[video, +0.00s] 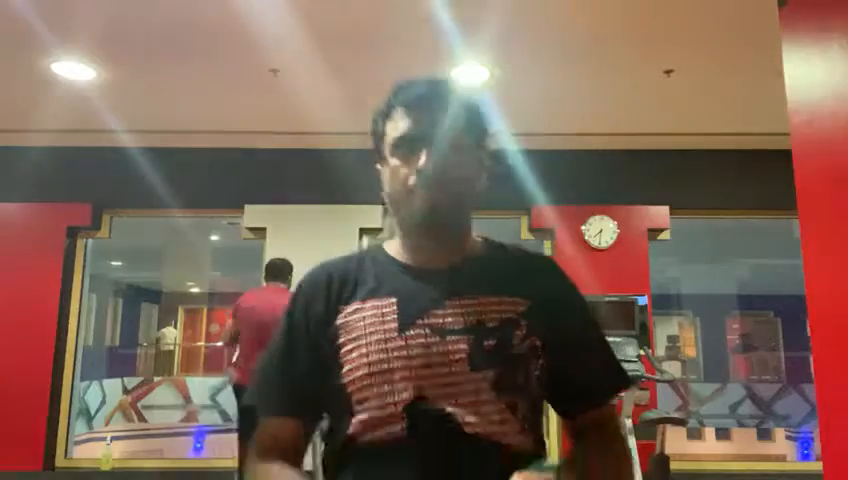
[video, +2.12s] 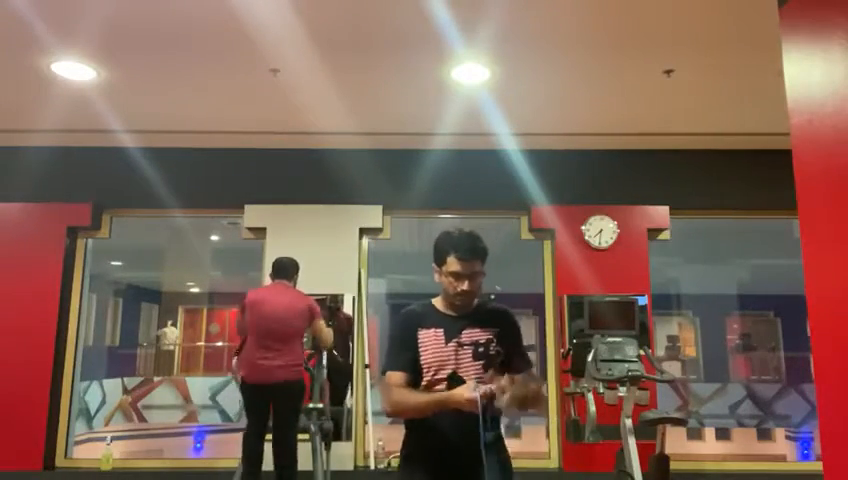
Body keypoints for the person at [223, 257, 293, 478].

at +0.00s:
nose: (286, 281)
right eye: (288, 277)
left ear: (265, 277)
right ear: (289, 278)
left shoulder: (246, 299)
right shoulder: (294, 302)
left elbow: (230, 337)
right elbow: (299, 342)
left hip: (246, 379)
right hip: (280, 380)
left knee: (245, 439)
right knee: (277, 439)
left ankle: (243, 474)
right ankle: (275, 473)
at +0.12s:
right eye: (290, 281)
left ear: (265, 280)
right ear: (289, 281)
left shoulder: (249, 303)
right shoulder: (297, 306)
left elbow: (236, 340)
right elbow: (300, 347)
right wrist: (298, 377)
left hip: (247, 383)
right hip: (280, 385)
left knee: (244, 444)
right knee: (276, 443)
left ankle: (240, 475)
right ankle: (273, 475)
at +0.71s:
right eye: (293, 276)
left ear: (267, 275)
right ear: (292, 276)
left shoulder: (245, 297)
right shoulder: (301, 301)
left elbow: (225, 338)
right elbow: (320, 331)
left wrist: (240, 348)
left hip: (248, 380)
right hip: (283, 380)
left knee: (255, 434)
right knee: (280, 438)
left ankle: (254, 475)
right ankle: (279, 476)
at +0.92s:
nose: (288, 284)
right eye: (288, 281)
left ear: (264, 280)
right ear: (288, 282)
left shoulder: (245, 302)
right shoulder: (295, 306)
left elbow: (229, 336)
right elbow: (313, 345)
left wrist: (251, 326)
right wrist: (319, 336)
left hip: (246, 385)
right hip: (283, 385)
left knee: (246, 444)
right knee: (295, 428)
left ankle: (244, 476)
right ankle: (291, 469)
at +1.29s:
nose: (295, 282)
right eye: (296, 278)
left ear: (271, 276)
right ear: (295, 279)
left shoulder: (251, 297)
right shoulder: (305, 303)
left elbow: (239, 332)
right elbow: (328, 339)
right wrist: (322, 355)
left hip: (251, 381)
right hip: (287, 382)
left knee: (253, 429)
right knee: (284, 440)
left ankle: (249, 475)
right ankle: (284, 476)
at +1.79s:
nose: (291, 286)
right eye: (291, 283)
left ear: (265, 281)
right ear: (289, 283)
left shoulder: (246, 303)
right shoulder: (296, 306)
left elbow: (238, 339)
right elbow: (315, 347)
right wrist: (325, 336)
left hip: (246, 386)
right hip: (281, 385)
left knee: (246, 445)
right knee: (297, 425)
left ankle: (243, 477)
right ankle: (292, 473)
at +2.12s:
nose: (295, 280)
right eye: (296, 277)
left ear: (271, 275)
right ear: (295, 277)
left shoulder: (251, 297)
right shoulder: (305, 301)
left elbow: (241, 330)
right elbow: (325, 340)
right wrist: (326, 329)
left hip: (254, 380)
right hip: (289, 381)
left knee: (254, 430)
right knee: (285, 436)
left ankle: (250, 476)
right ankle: (286, 476)